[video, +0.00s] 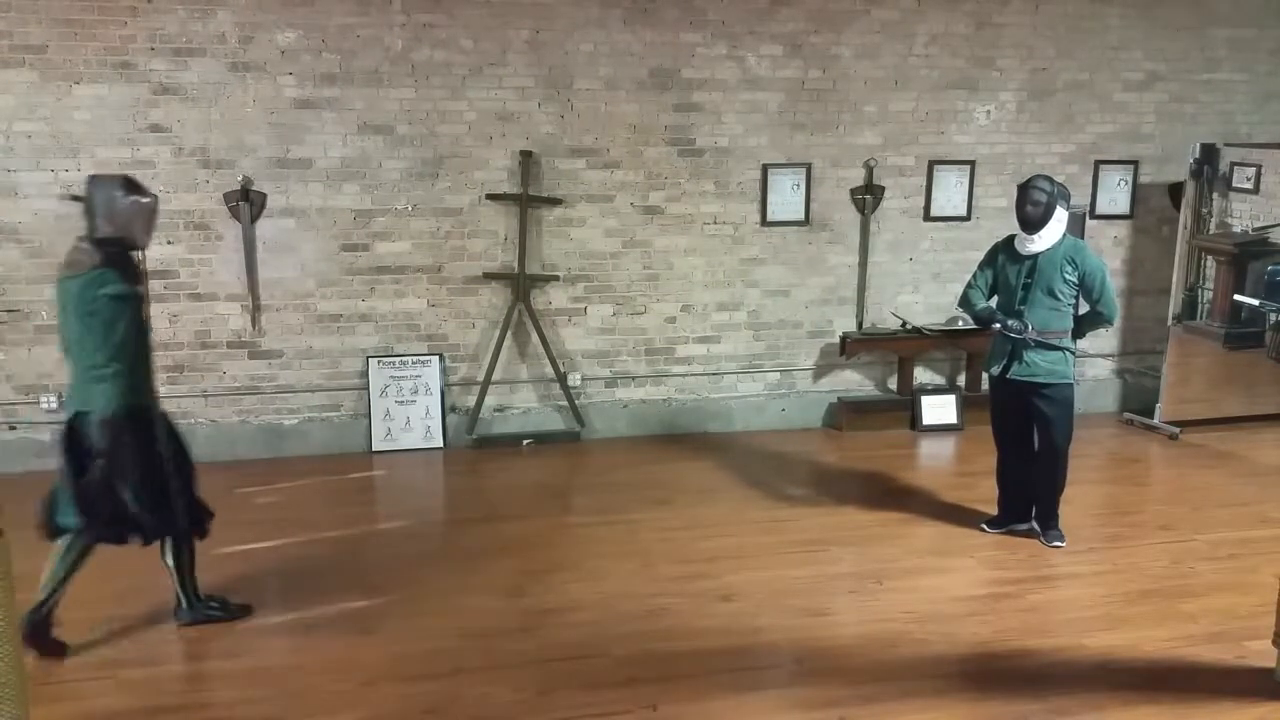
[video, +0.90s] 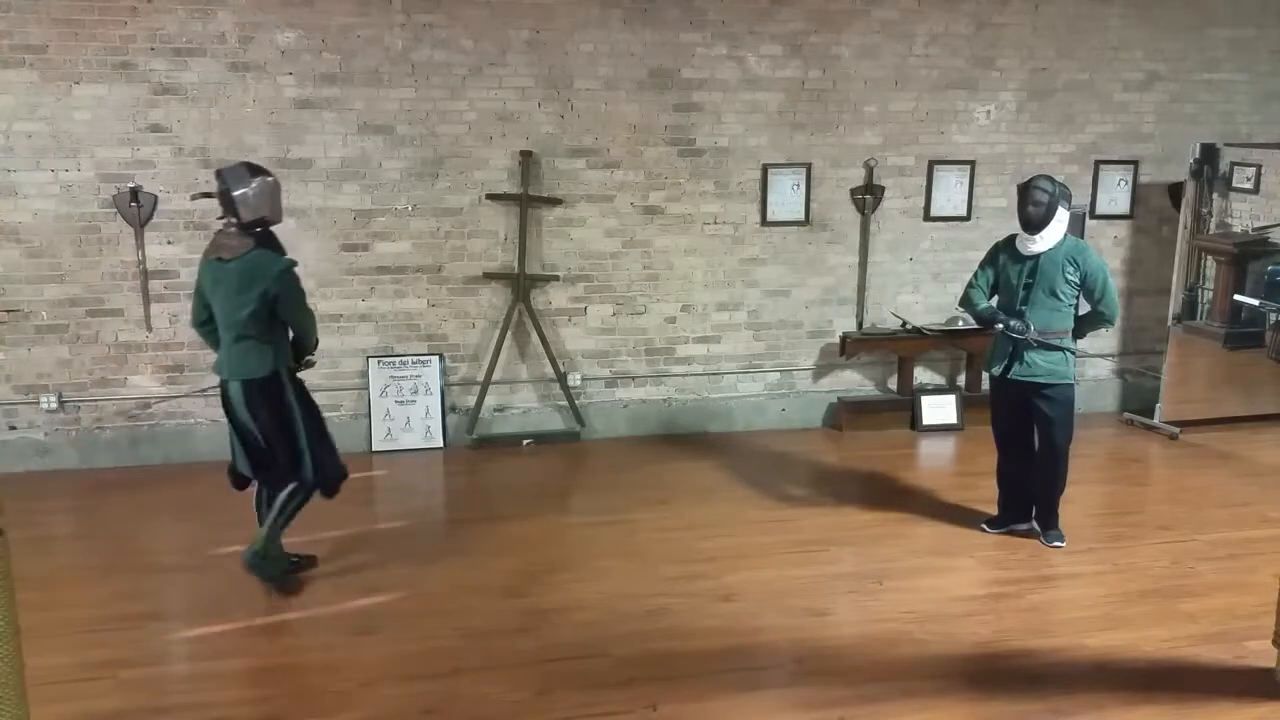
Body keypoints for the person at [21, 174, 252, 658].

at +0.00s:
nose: (147, 227)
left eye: (146, 218)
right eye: (141, 218)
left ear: (97, 224)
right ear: (121, 223)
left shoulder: (73, 278)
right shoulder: (116, 288)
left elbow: (72, 349)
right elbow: (114, 369)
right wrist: (112, 438)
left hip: (86, 418)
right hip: (130, 420)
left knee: (94, 516)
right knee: (173, 502)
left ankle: (40, 612)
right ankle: (191, 600)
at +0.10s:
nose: (172, 219)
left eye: (170, 210)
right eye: (166, 211)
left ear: (122, 215)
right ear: (147, 215)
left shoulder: (96, 267)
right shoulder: (141, 278)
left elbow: (93, 342)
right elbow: (153, 357)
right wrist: (174, 410)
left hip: (111, 404)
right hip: (148, 405)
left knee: (137, 506)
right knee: (180, 503)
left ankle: (88, 585)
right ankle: (191, 601)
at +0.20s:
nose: (189, 216)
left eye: (188, 207)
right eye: (182, 208)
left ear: (137, 211)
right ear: (165, 211)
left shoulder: (116, 262)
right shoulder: (161, 274)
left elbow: (114, 338)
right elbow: (195, 355)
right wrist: (242, 415)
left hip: (133, 395)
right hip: (168, 398)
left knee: (165, 490)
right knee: (188, 493)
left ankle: (148, 580)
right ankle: (192, 601)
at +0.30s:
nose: (202, 214)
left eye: (201, 205)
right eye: (196, 206)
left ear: (151, 213)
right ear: (181, 213)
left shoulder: (131, 269)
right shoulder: (180, 272)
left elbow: (130, 339)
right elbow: (230, 344)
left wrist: (181, 364)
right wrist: (299, 390)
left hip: (152, 395)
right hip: (187, 396)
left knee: (185, 485)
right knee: (198, 492)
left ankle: (206, 570)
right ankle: (191, 602)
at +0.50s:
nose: (234, 213)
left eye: (230, 205)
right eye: (228, 206)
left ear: (185, 217)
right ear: (215, 214)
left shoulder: (164, 271)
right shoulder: (215, 273)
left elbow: (162, 336)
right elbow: (263, 323)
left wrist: (199, 362)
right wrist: (309, 345)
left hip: (191, 391)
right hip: (221, 393)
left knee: (241, 474)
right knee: (221, 495)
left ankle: (267, 557)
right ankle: (193, 599)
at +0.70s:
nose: (257, 210)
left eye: (255, 201)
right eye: (250, 202)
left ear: (210, 212)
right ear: (236, 209)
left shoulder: (193, 265)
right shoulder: (249, 269)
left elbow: (187, 328)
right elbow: (295, 327)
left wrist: (222, 354)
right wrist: (298, 350)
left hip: (219, 385)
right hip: (253, 385)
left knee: (260, 470)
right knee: (267, 482)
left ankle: (274, 555)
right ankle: (211, 577)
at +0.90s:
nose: (276, 206)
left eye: (273, 198)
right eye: (270, 200)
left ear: (230, 210)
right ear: (260, 208)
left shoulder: (211, 262)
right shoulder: (273, 264)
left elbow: (202, 320)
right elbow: (306, 328)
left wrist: (232, 351)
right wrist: (298, 353)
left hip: (232, 380)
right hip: (269, 378)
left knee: (268, 468)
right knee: (307, 468)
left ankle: (273, 552)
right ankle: (264, 546)